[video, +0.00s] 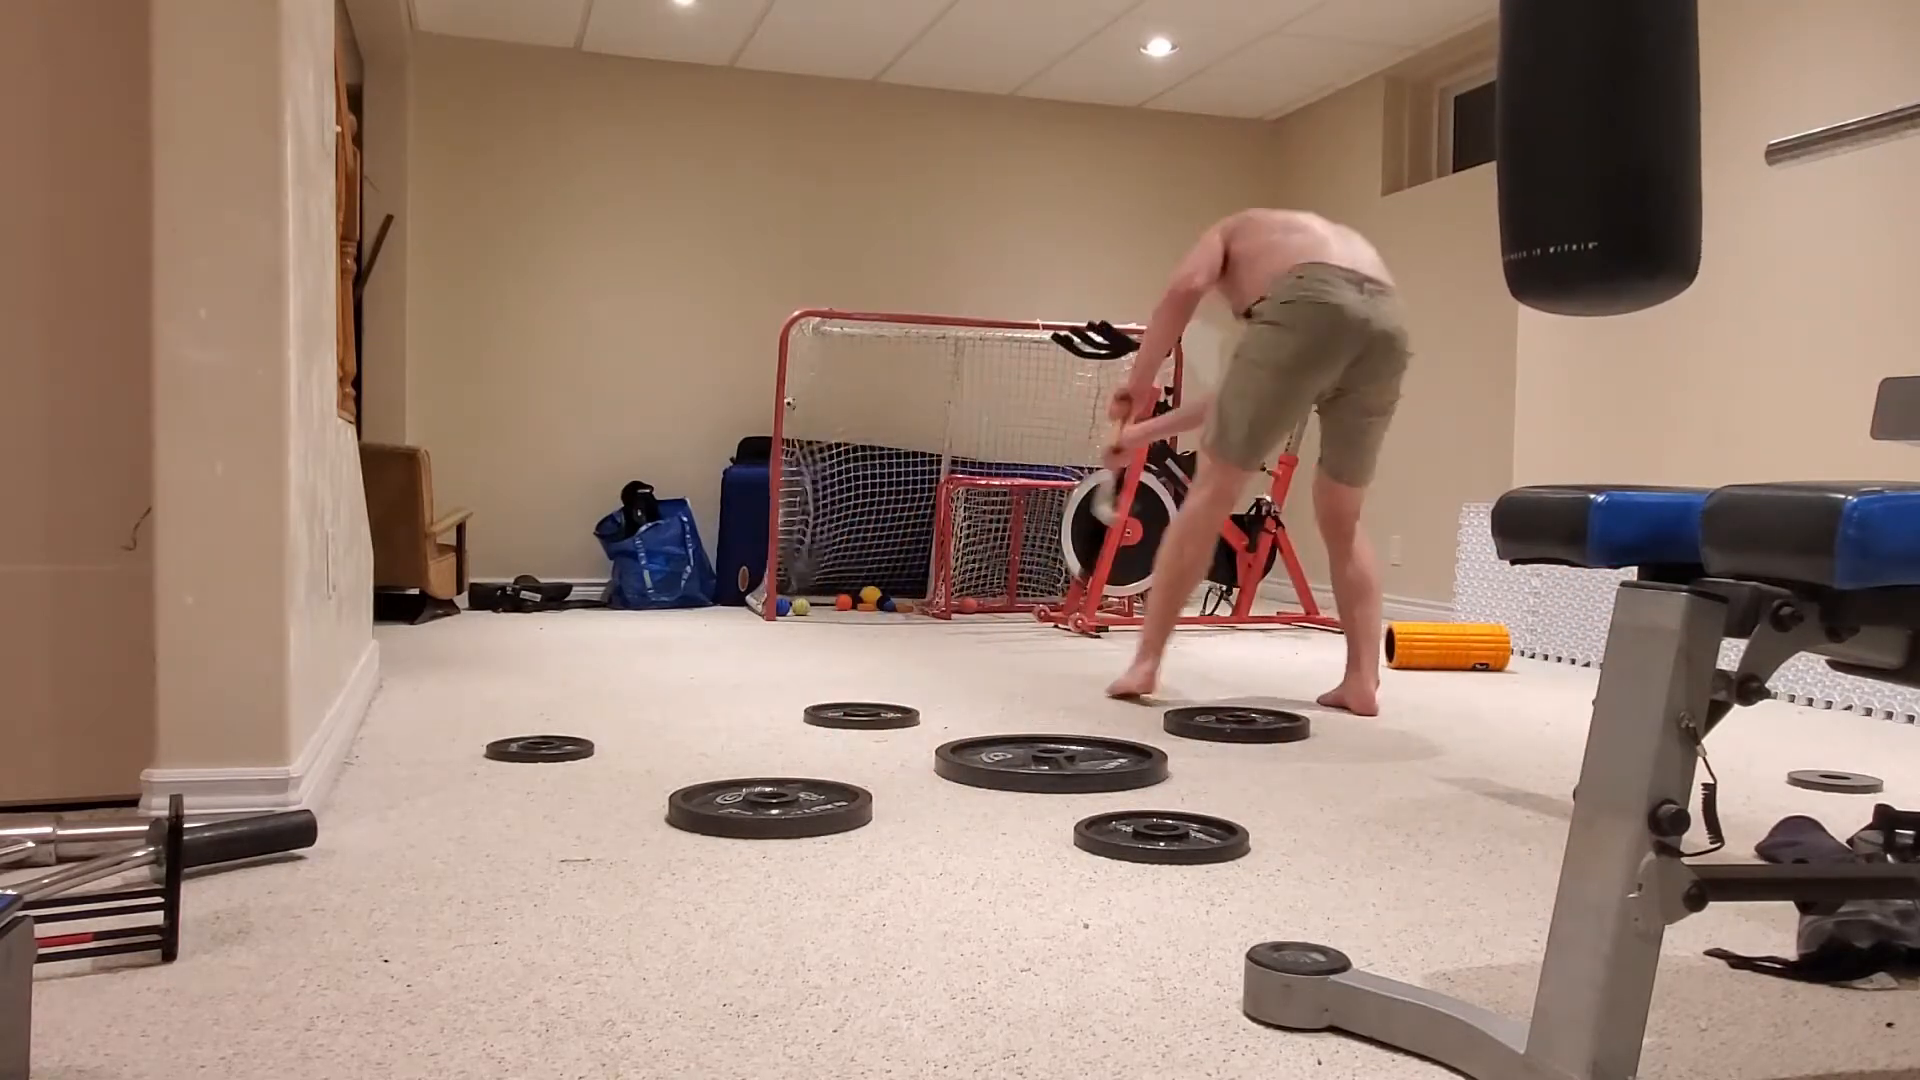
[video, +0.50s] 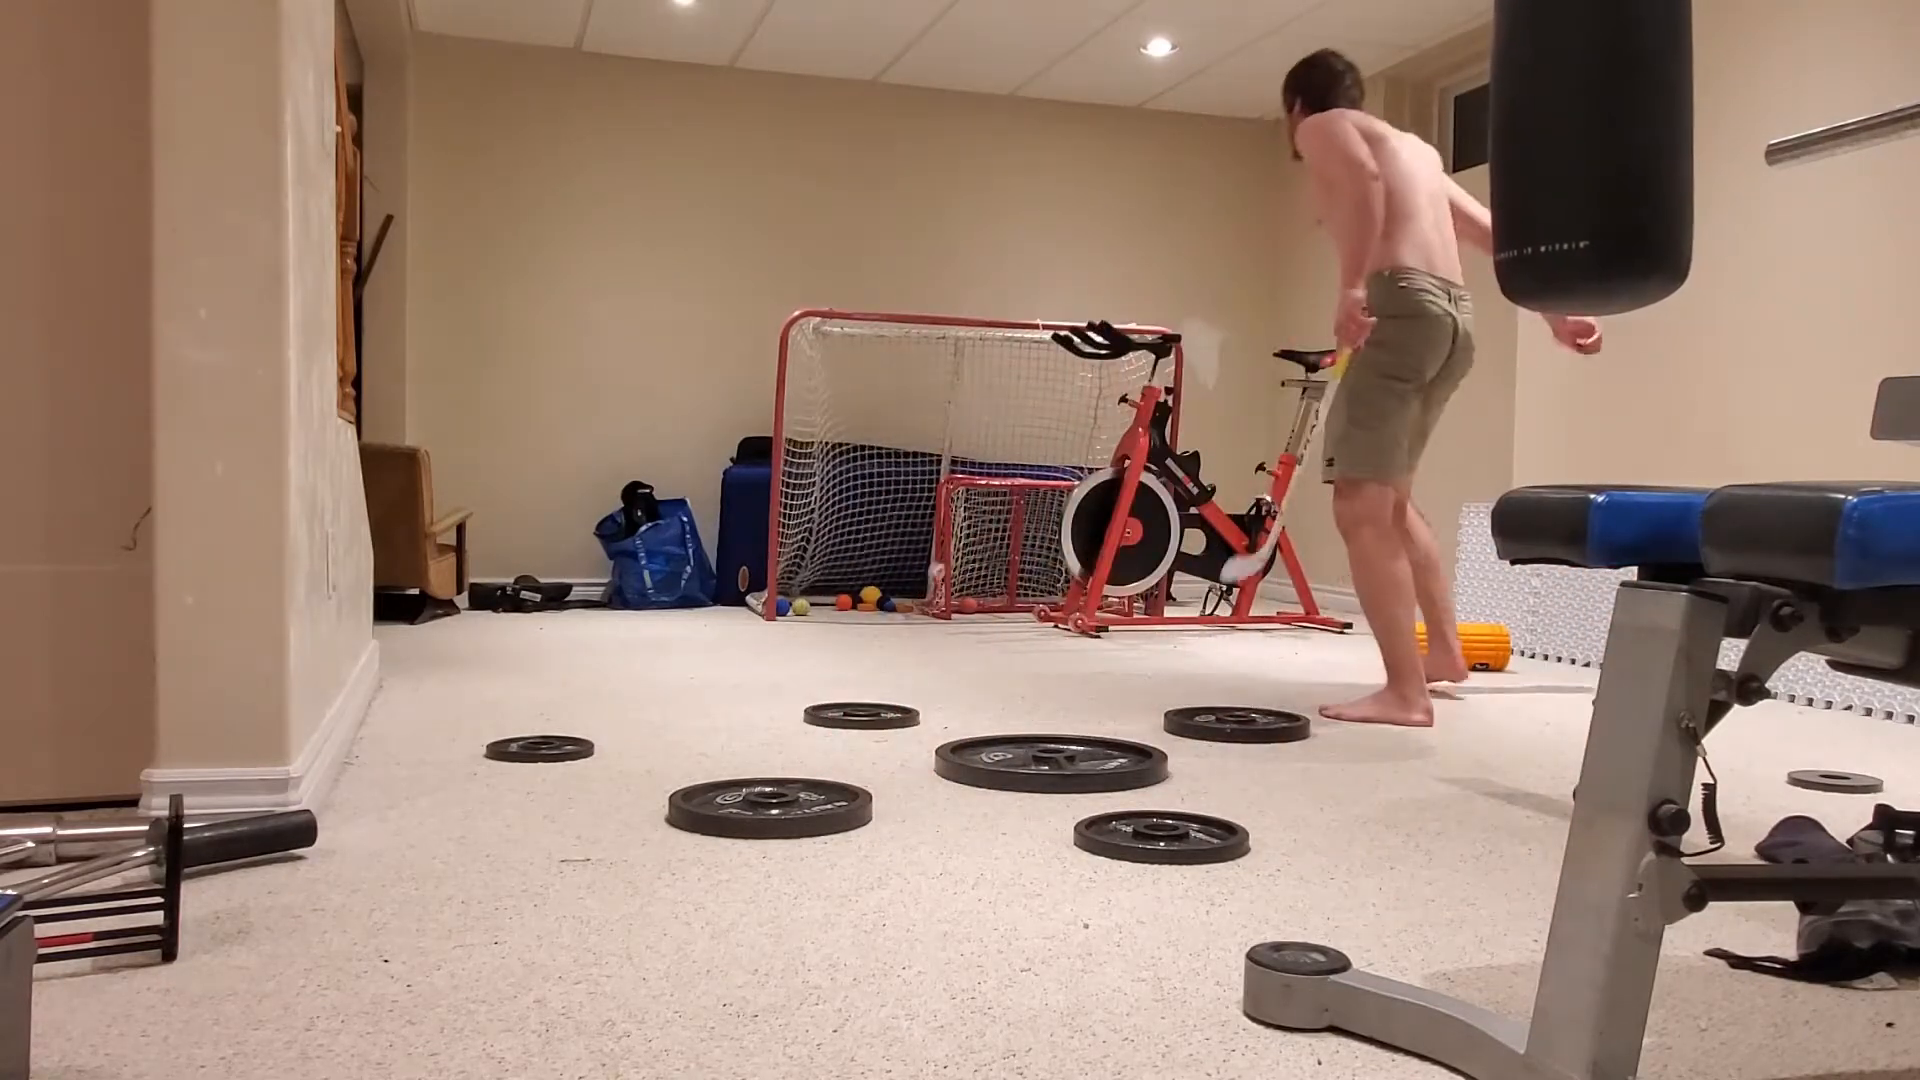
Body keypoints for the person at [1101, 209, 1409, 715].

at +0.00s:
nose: (1247, 315)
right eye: (1247, 308)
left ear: (1233, 241)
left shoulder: (1231, 229)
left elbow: (1189, 286)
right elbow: (1233, 398)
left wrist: (1139, 384)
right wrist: (1142, 434)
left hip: (1309, 298)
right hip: (1389, 320)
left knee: (1213, 494)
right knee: (1344, 520)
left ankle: (1146, 664)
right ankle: (1361, 683)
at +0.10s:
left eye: (1233, 191)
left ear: (1243, 175)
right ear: (1280, 171)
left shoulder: (1248, 179)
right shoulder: (1340, 199)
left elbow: (1229, 225)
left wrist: (1178, 328)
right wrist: (1249, 440)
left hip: (1338, 290)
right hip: (1415, 303)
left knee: (1257, 481)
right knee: (1355, 504)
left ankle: (1228, 671)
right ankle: (1364, 683)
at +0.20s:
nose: (1238, 193)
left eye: (1235, 180)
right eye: (1234, 189)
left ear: (1245, 148)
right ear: (1293, 135)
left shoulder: (1254, 150)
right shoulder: (1352, 169)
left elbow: (1274, 187)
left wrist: (1232, 296)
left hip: (1361, 290)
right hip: (1431, 299)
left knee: (1296, 484)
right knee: (1371, 502)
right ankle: (1368, 679)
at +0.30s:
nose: (1258, 171)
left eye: (1253, 159)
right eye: (1254, 168)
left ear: (1259, 133)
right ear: (1308, 118)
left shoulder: (1274, 139)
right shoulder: (1381, 167)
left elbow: (1305, 174)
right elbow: (1460, 261)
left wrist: (1284, 283)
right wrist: (1467, 367)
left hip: (1375, 301)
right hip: (1441, 308)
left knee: (1347, 507)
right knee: (1382, 505)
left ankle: (1405, 692)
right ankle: (1383, 669)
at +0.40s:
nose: (1270, 151)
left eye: (1267, 140)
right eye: (1268, 143)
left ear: (1275, 124)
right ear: (1330, 115)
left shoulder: (1295, 137)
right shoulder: (1396, 161)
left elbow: (1328, 186)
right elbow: (1484, 244)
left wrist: (1325, 288)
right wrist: (1534, 325)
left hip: (1394, 308)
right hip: (1450, 324)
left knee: (1345, 503)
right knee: (1388, 497)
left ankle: (1402, 691)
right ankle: (1409, 651)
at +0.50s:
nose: (1293, 130)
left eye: (1289, 120)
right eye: (1290, 122)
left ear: (1300, 105)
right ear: (1356, 97)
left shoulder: (1321, 124)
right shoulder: (1415, 150)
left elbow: (1363, 184)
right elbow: (1495, 229)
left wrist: (1350, 288)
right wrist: (1552, 306)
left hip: (1401, 310)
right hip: (1456, 318)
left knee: (1362, 506)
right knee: (1393, 501)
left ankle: (1404, 692)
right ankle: (1446, 654)